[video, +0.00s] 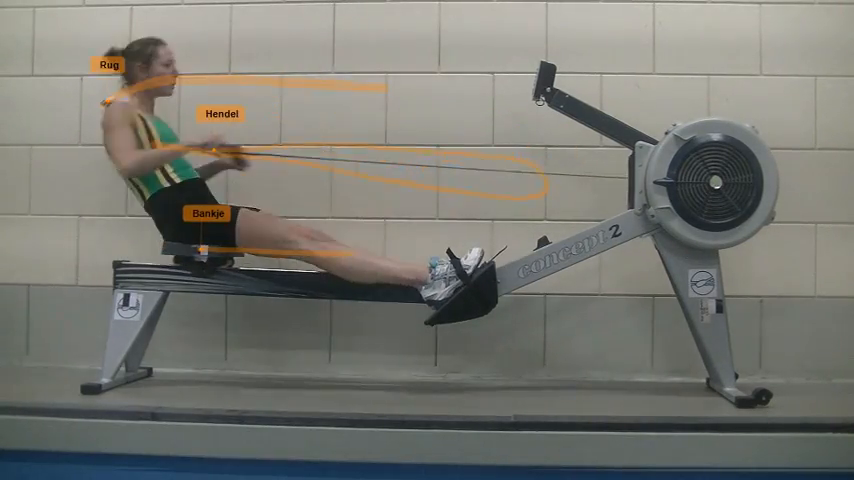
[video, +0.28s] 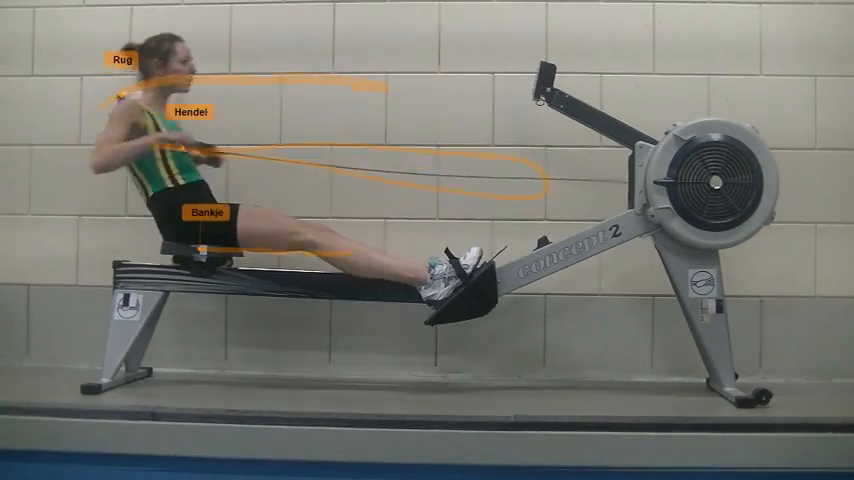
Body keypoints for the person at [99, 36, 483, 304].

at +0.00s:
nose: (174, 76)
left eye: (173, 69)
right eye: (167, 69)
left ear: (154, 73)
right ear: (140, 72)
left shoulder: (151, 119)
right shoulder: (120, 111)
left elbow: (180, 180)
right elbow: (125, 164)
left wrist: (223, 165)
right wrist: (186, 148)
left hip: (199, 210)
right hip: (185, 213)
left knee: (312, 234)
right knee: (305, 239)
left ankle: (429, 277)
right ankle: (426, 281)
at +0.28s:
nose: (191, 71)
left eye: (191, 63)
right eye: (184, 64)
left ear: (167, 70)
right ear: (157, 68)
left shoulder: (160, 114)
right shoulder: (132, 110)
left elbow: (168, 162)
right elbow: (99, 161)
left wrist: (202, 155)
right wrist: (157, 140)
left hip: (200, 213)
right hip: (185, 216)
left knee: (314, 230)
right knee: (309, 233)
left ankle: (430, 276)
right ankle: (429, 281)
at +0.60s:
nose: (283, 56)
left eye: (280, 49)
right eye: (274, 49)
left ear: (254, 57)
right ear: (246, 56)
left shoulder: (247, 105)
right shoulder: (223, 96)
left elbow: (283, 167)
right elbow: (245, 150)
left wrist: (338, 176)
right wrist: (321, 158)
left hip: (229, 216)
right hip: (214, 218)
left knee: (344, 194)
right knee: (339, 196)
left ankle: (431, 273)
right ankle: (427, 281)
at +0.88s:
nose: (364, 60)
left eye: (361, 52)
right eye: (355, 53)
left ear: (335, 63)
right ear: (330, 62)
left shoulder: (330, 107)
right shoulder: (312, 102)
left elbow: (375, 158)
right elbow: (372, 161)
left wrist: (442, 182)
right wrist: (442, 180)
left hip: (293, 217)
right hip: (284, 220)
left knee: (393, 173)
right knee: (390, 176)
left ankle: (430, 273)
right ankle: (429, 278)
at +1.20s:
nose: (423, 60)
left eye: (419, 53)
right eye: (414, 54)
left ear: (393, 68)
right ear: (392, 67)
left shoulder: (386, 104)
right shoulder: (382, 105)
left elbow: (450, 151)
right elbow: (451, 151)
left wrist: (518, 173)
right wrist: (521, 173)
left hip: (343, 214)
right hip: (340, 216)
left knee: (436, 157)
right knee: (438, 158)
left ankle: (433, 262)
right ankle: (428, 271)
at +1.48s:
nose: (343, 53)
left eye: (338, 46)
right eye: (332, 48)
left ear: (309, 61)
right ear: (308, 58)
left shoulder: (306, 100)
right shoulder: (299, 95)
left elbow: (375, 143)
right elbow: (370, 129)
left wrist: (441, 154)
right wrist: (443, 138)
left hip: (279, 211)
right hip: (271, 213)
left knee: (383, 166)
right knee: (383, 167)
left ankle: (432, 273)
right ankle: (431, 279)